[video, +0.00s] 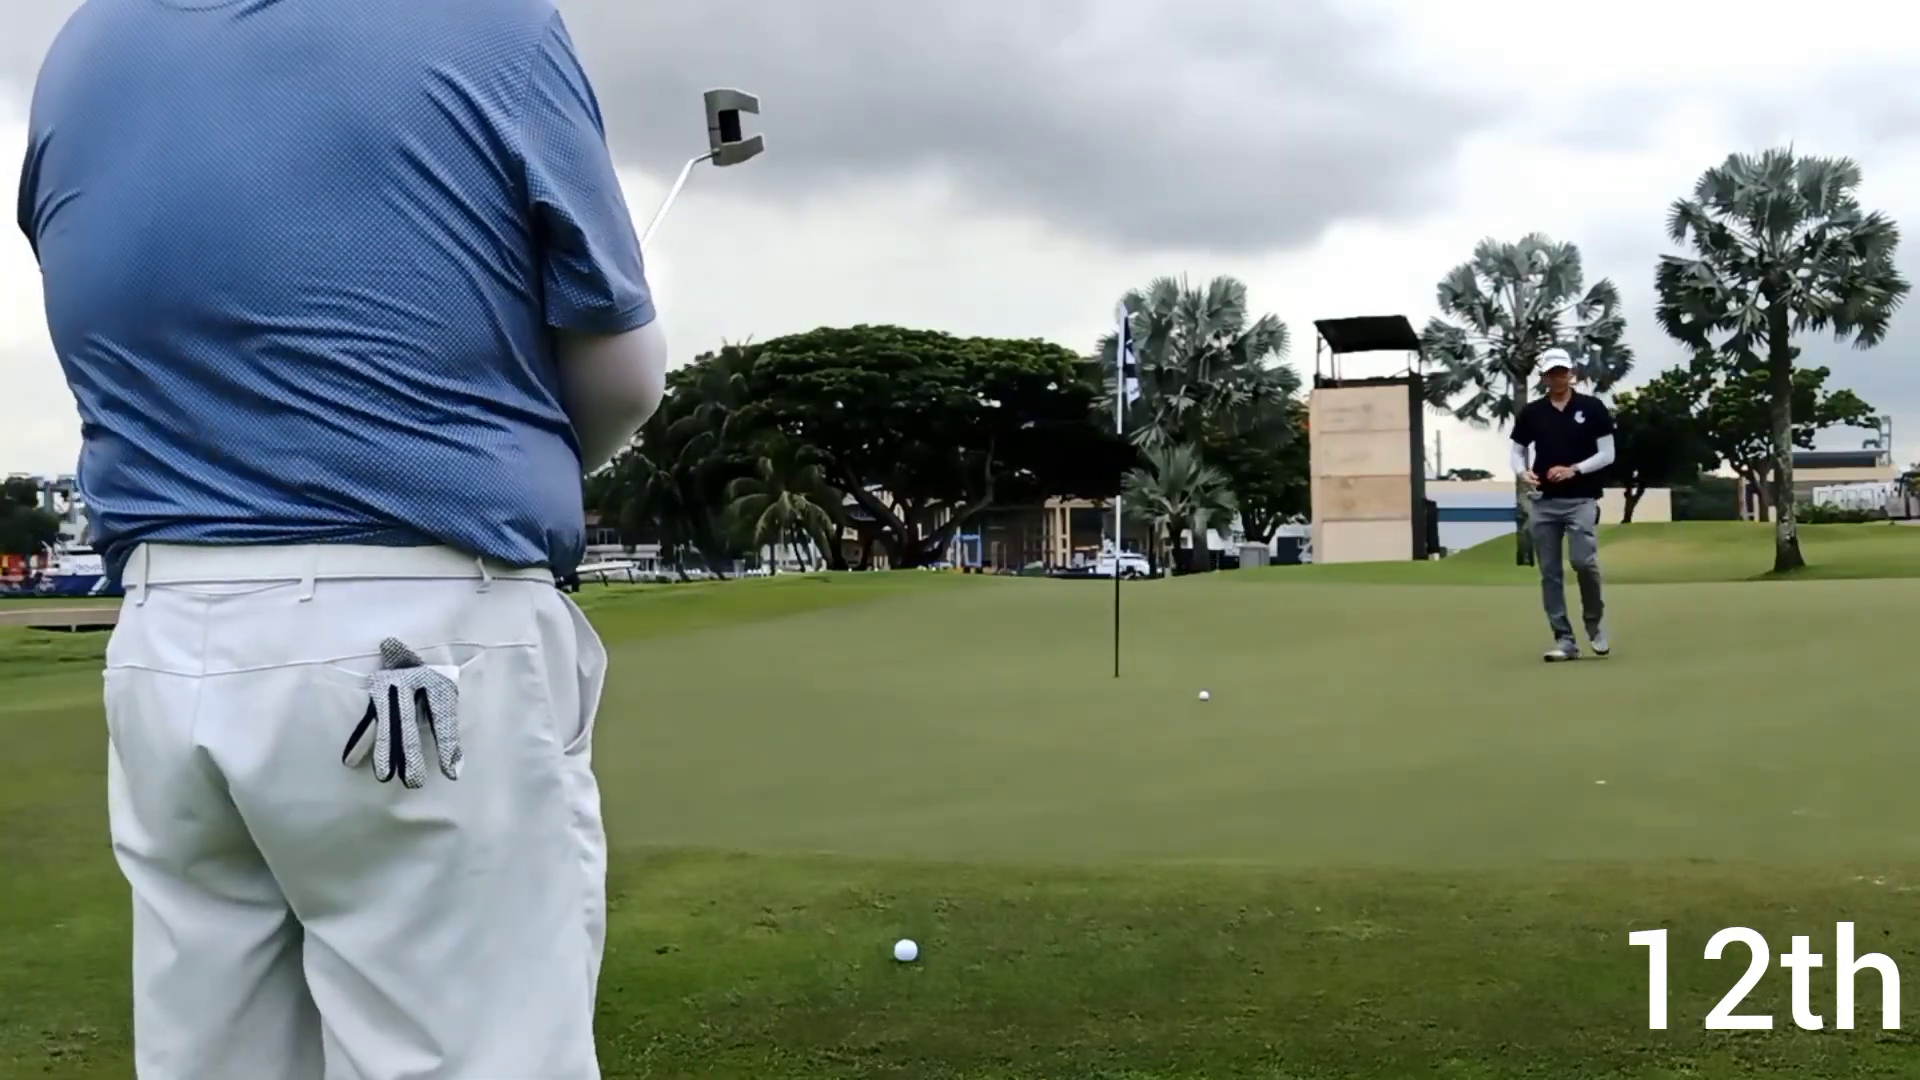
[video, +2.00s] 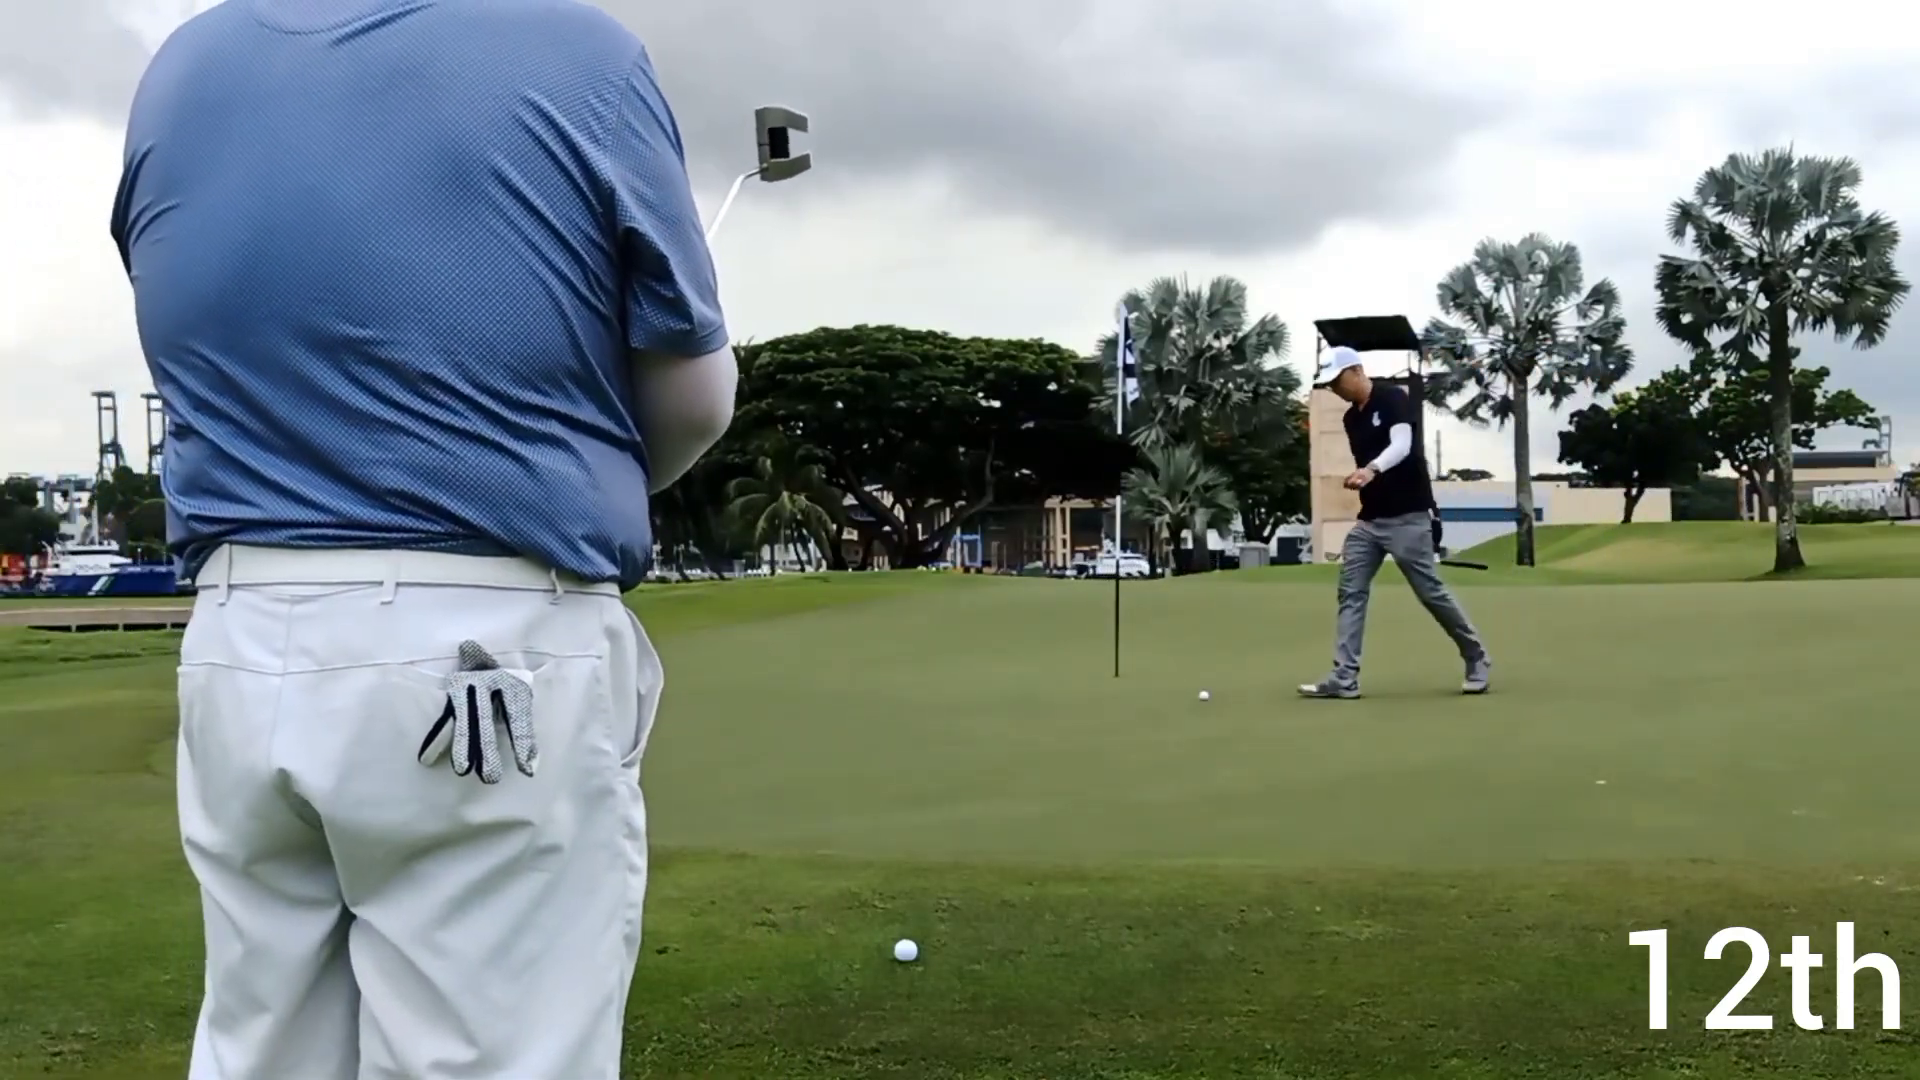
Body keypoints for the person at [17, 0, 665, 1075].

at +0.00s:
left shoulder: (89, 38)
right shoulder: (499, 25)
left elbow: (93, 314)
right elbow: (620, 373)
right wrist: (515, 456)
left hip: (170, 620)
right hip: (431, 620)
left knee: (207, 1063)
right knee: (469, 1057)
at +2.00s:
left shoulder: (187, 57)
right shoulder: (582, 46)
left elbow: (183, 331)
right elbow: (691, 393)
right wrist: (565, 494)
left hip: (245, 616)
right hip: (501, 621)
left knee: (257, 1058)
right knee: (503, 1058)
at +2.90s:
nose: (478, 82)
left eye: (482, 63)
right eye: (479, 56)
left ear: (318, 39)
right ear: (454, 45)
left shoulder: (175, 179)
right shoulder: (537, 187)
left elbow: (45, 391)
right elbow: (637, 424)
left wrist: (17, 639)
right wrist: (601, 649)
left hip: (229, 612)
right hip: (453, 615)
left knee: (278, 1000)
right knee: (460, 1003)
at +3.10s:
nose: (454, 80)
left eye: (457, 61)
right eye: (457, 55)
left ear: (305, 35)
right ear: (428, 37)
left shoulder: (164, 177)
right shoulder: (503, 174)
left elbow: (62, 407)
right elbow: (612, 383)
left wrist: (87, 630)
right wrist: (596, 590)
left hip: (229, 589)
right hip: (443, 584)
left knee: (268, 977)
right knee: (471, 912)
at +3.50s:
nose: (480, 171)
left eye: (485, 150)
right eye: (483, 147)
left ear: (350, 117)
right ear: (451, 127)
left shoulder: (235, 235)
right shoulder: (512, 247)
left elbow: (177, 448)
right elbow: (594, 447)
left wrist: (262, 536)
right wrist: (602, 610)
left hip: (273, 595)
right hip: (449, 598)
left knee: (286, 907)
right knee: (421, 904)